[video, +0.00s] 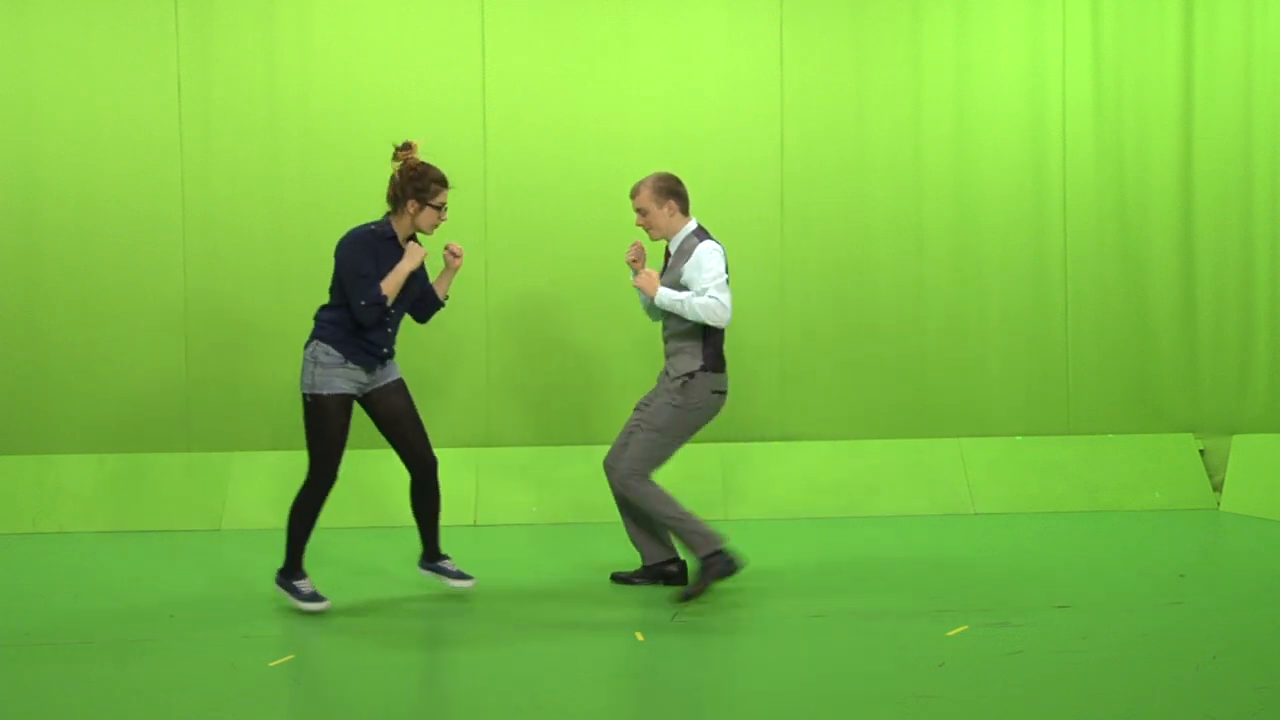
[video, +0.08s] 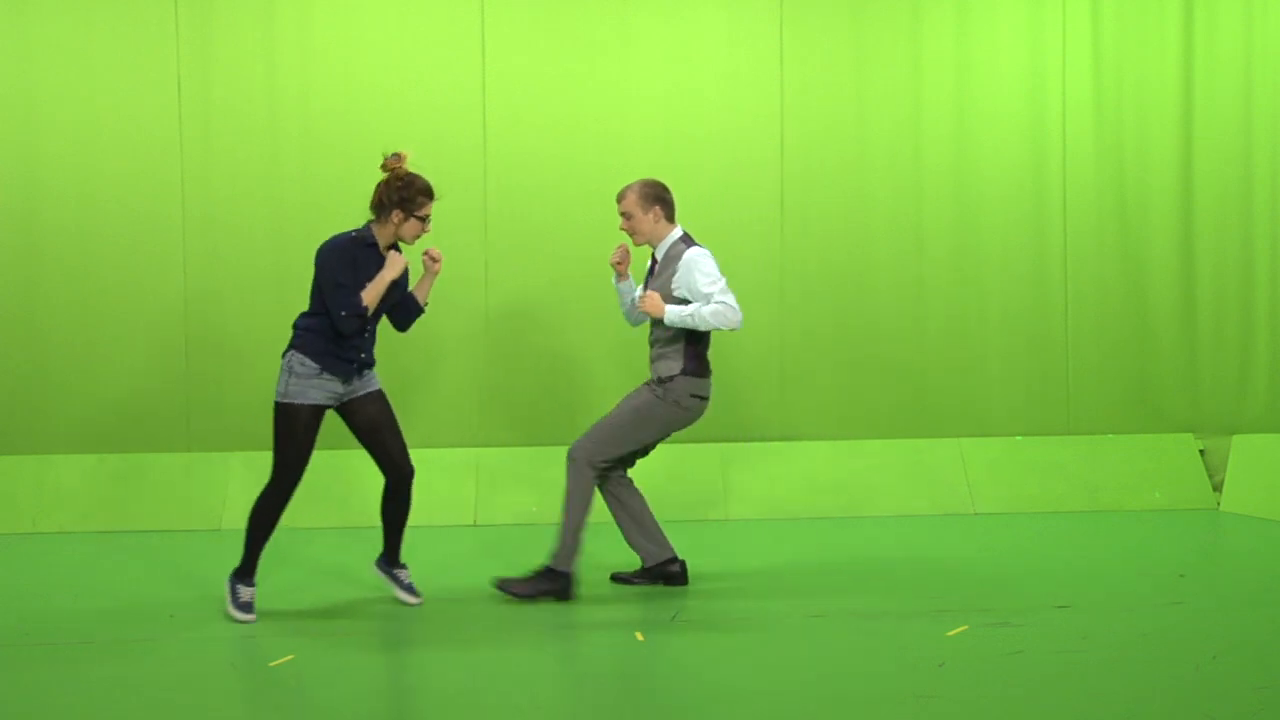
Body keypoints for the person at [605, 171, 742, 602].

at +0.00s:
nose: (641, 221)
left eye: (644, 212)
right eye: (637, 213)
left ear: (672, 208)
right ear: (669, 210)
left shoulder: (704, 249)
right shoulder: (676, 252)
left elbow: (719, 311)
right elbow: (658, 312)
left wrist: (658, 291)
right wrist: (639, 274)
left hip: (698, 383)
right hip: (676, 379)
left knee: (628, 470)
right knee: (617, 465)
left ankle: (714, 554)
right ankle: (661, 562)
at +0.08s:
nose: (624, 226)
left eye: (628, 216)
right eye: (622, 217)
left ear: (656, 213)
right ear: (654, 216)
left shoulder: (692, 258)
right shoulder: (661, 259)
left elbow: (729, 314)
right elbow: (636, 316)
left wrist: (667, 311)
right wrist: (624, 277)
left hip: (678, 390)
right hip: (669, 388)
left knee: (583, 456)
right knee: (606, 466)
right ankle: (662, 562)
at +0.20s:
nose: (614, 229)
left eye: (619, 220)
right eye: (613, 220)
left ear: (647, 220)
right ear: (648, 222)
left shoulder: (670, 265)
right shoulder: (653, 262)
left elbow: (709, 323)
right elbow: (634, 318)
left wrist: (650, 320)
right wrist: (609, 280)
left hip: (639, 400)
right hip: (648, 400)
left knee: (548, 468)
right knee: (590, 482)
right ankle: (659, 564)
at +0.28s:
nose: (619, 226)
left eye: (625, 219)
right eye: (619, 218)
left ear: (653, 222)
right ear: (653, 223)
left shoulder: (664, 268)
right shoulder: (653, 262)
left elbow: (656, 332)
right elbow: (631, 307)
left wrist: (606, 313)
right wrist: (609, 278)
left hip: (623, 400)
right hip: (638, 401)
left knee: (534, 465)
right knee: (582, 488)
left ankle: (489, 571)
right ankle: (657, 562)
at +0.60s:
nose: (624, 208)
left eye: (632, 200)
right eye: (626, 199)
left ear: (659, 206)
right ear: (657, 207)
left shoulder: (681, 253)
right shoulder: (652, 249)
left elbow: (635, 293)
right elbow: (620, 295)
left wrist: (607, 260)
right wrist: (605, 260)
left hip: (663, 386)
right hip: (657, 384)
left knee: (570, 452)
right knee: (597, 466)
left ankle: (539, 565)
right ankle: (654, 562)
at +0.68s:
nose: (622, 216)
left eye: (628, 208)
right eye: (622, 208)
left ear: (656, 211)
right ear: (653, 212)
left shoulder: (687, 257)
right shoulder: (653, 253)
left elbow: (641, 310)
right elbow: (624, 302)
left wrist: (611, 270)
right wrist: (603, 269)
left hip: (686, 387)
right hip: (671, 383)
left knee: (600, 457)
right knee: (603, 456)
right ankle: (650, 561)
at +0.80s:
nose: (636, 214)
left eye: (642, 205)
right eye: (636, 205)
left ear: (671, 208)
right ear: (668, 209)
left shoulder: (703, 253)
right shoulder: (672, 250)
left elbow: (662, 309)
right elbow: (652, 304)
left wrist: (628, 270)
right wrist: (624, 272)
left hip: (711, 385)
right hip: (681, 381)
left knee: (698, 495)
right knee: (623, 458)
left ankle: (802, 539)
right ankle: (654, 564)